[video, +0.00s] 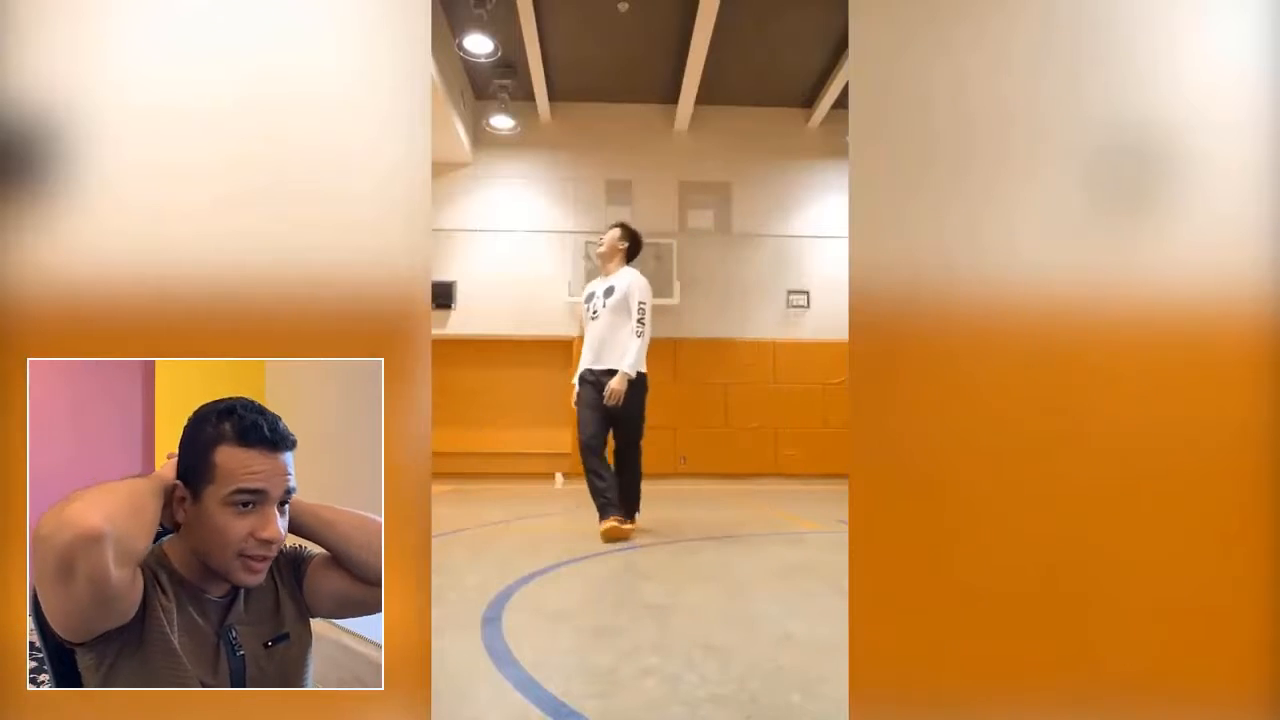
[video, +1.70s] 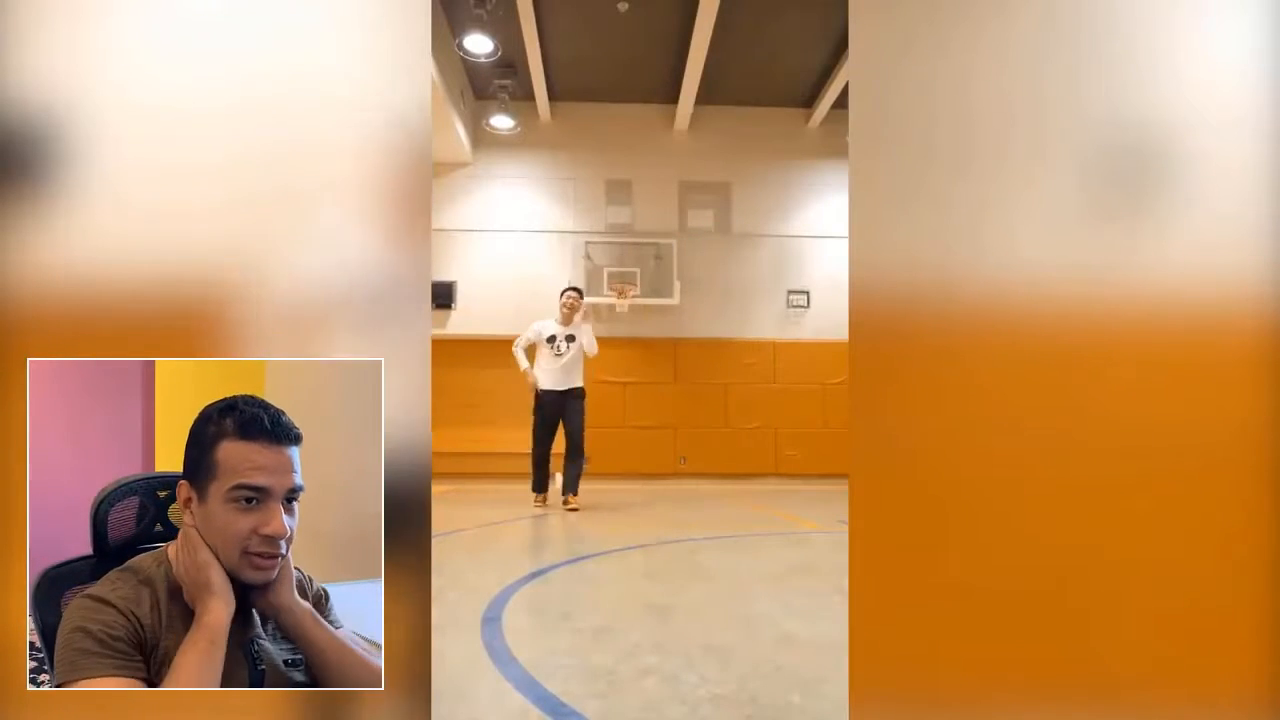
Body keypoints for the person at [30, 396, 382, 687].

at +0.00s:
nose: (273, 533)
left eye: (284, 503)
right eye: (245, 505)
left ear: (288, 504)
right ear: (183, 504)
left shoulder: (287, 580)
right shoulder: (118, 603)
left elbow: (400, 572)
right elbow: (80, 537)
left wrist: (280, 505)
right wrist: (160, 487)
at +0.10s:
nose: (284, 534)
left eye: (292, 504)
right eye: (257, 504)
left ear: (295, 502)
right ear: (191, 503)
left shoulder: (285, 578)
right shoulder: (119, 595)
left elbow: (398, 578)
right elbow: (91, 559)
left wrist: (288, 513)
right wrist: (166, 489)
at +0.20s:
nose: (279, 529)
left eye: (290, 501)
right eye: (254, 500)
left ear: (295, 502)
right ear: (189, 500)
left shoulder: (285, 581)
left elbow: (396, 584)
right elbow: (107, 596)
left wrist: (284, 514)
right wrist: (163, 501)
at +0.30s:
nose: (273, 528)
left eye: (284, 501)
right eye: (244, 498)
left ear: (290, 501)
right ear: (184, 497)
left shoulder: (281, 578)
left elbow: (396, 605)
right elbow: (140, 628)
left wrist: (282, 520)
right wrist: (164, 507)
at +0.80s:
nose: (284, 537)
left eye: (295, 508)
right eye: (254, 507)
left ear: (301, 505)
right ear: (193, 504)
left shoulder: (281, 586)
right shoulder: (99, 601)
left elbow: (392, 642)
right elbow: (178, 667)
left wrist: (290, 530)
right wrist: (174, 522)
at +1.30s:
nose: (289, 534)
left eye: (299, 506)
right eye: (259, 506)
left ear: (307, 502)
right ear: (195, 507)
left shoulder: (284, 596)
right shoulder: (107, 607)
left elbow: (383, 679)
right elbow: (164, 711)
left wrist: (292, 562)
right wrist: (195, 570)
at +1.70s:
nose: (279, 528)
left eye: (290, 501)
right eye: (248, 501)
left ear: (298, 501)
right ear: (189, 505)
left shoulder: (300, 592)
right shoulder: (105, 612)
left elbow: (381, 693)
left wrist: (291, 610)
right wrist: (213, 613)